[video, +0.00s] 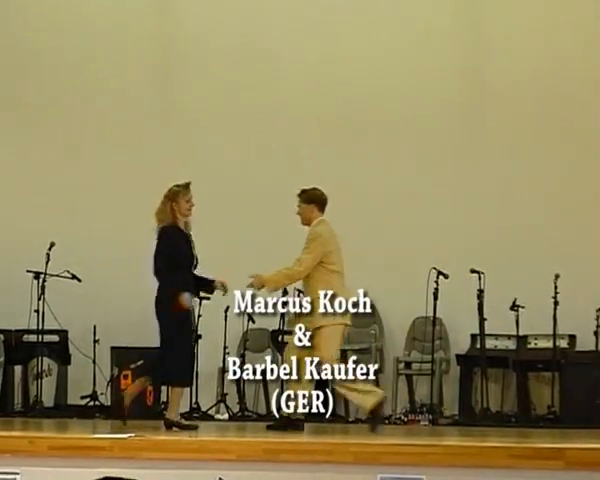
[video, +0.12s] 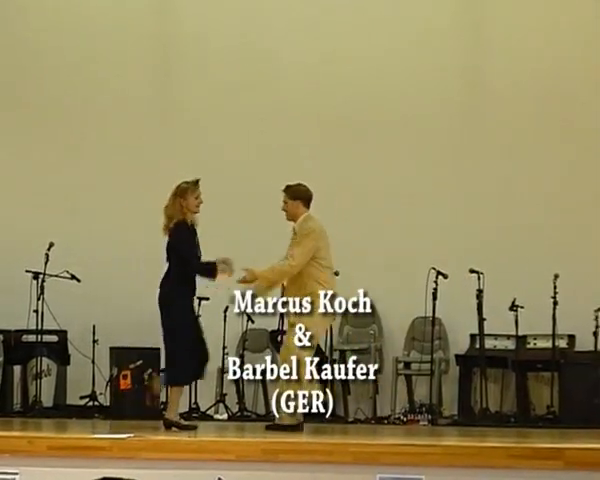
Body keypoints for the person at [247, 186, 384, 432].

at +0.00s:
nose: (297, 212)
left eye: (301, 207)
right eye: (298, 207)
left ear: (314, 208)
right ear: (314, 209)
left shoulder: (321, 232)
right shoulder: (317, 232)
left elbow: (300, 269)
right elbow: (299, 268)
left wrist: (266, 281)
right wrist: (268, 280)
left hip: (331, 312)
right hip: (314, 312)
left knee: (325, 365)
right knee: (294, 359)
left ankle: (373, 400)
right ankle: (295, 414)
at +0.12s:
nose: (282, 207)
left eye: (286, 203)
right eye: (283, 202)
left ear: (300, 204)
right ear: (297, 204)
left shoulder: (310, 229)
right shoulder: (301, 230)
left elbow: (292, 265)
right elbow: (287, 265)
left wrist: (258, 275)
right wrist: (258, 287)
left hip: (313, 306)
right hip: (303, 305)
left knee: (290, 357)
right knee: (294, 358)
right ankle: (291, 414)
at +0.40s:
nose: (262, 210)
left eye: (266, 205)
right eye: (262, 205)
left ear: (280, 206)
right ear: (274, 207)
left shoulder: (297, 231)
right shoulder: (269, 234)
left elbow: (292, 258)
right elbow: (245, 252)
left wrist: (259, 247)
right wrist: (210, 255)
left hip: (298, 309)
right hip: (282, 308)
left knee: (267, 356)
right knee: (282, 361)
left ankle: (257, 415)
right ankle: (287, 418)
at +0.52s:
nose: (256, 210)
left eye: (259, 206)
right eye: (256, 205)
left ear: (273, 208)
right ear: (268, 208)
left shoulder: (291, 232)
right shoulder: (263, 236)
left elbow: (293, 262)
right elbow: (241, 254)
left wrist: (261, 246)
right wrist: (205, 256)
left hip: (295, 311)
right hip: (275, 310)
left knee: (273, 358)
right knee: (257, 357)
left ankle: (265, 415)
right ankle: (260, 412)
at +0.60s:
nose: (254, 211)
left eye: (257, 207)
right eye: (254, 206)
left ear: (271, 208)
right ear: (267, 209)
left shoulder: (290, 236)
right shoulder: (260, 239)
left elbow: (294, 272)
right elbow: (239, 262)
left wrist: (264, 258)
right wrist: (206, 263)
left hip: (293, 310)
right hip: (273, 309)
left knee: (273, 357)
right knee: (261, 359)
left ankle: (267, 413)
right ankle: (259, 412)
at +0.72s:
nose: (256, 208)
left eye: (259, 204)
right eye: (256, 204)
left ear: (274, 206)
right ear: (268, 206)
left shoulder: (289, 235)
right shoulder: (263, 237)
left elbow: (286, 276)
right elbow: (247, 264)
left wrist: (252, 272)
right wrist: (220, 268)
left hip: (292, 308)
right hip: (271, 307)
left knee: (275, 347)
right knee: (263, 358)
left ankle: (281, 410)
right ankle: (263, 414)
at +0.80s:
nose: (257, 203)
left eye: (261, 199)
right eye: (257, 199)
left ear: (276, 201)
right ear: (266, 201)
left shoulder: (285, 228)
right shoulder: (266, 229)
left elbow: (268, 264)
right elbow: (254, 256)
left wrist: (230, 263)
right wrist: (226, 260)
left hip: (295, 305)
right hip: (273, 306)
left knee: (288, 353)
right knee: (268, 357)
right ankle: (270, 413)